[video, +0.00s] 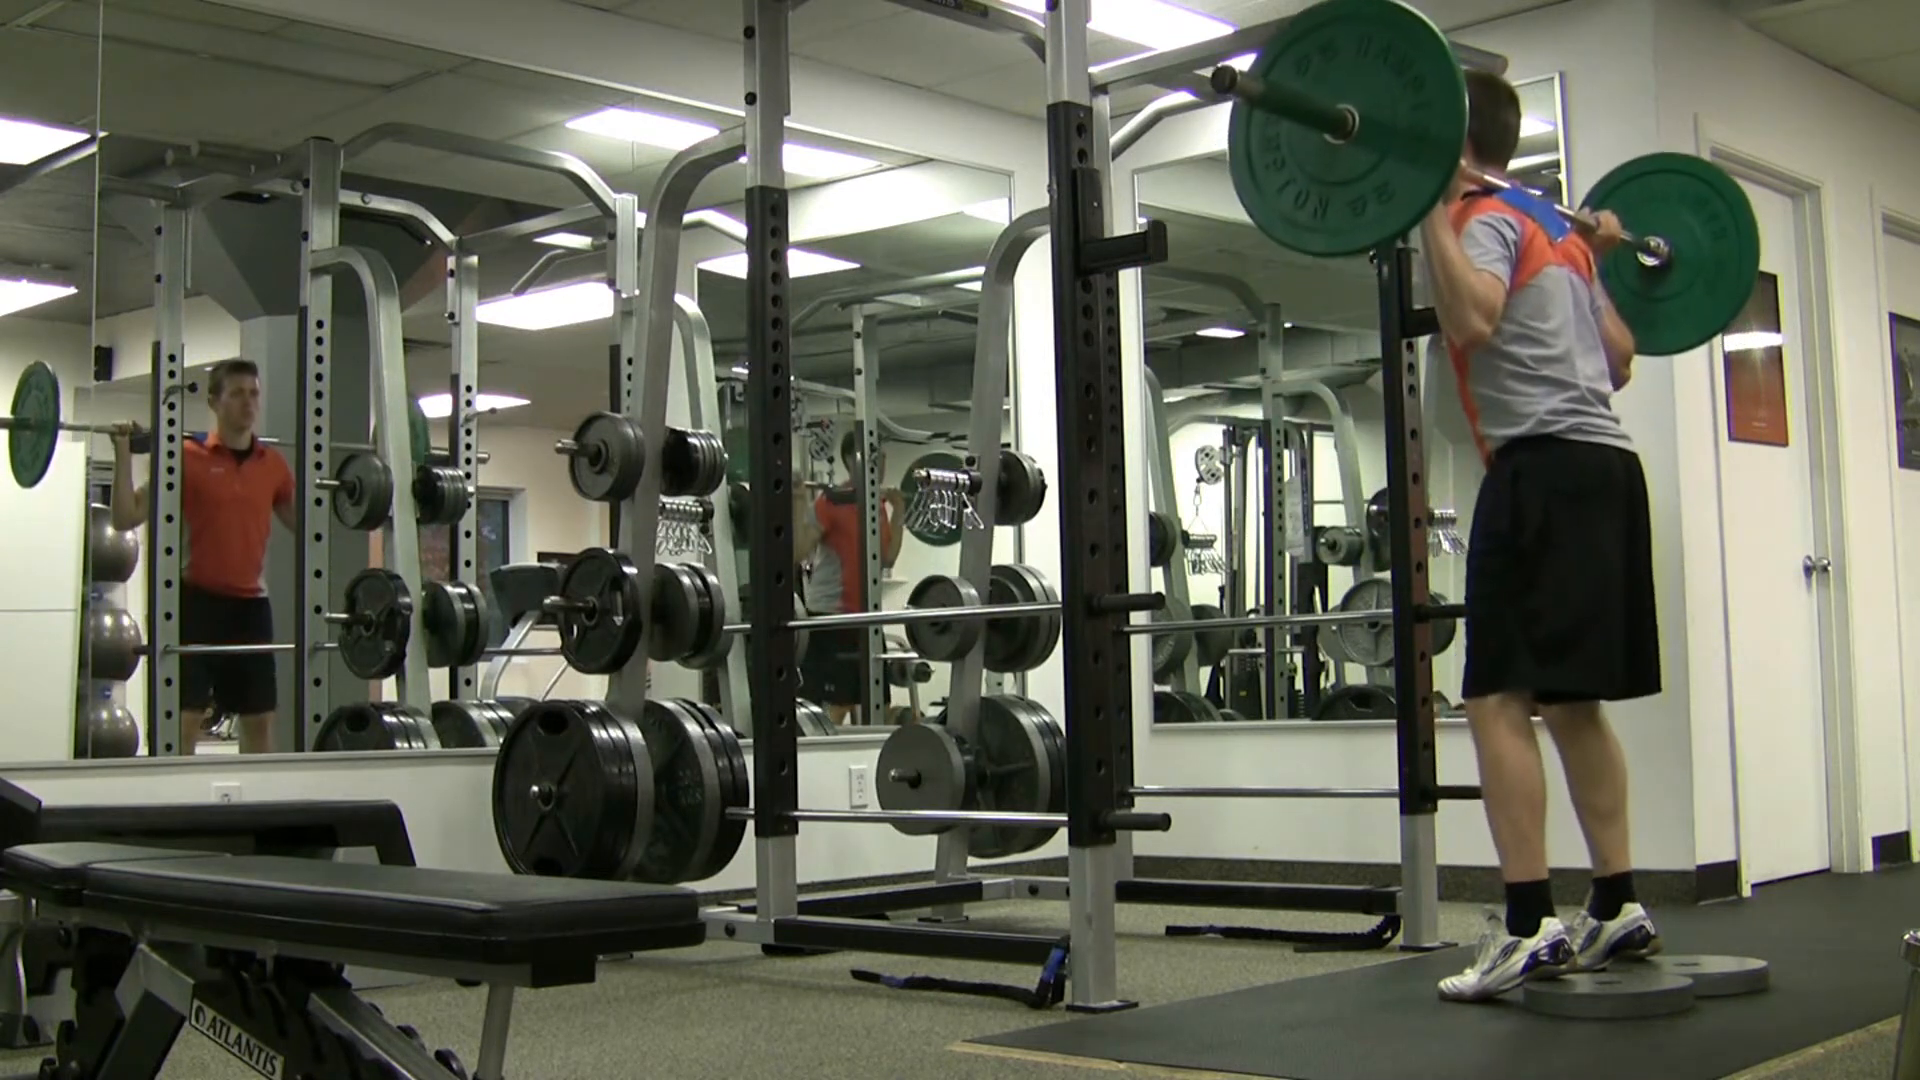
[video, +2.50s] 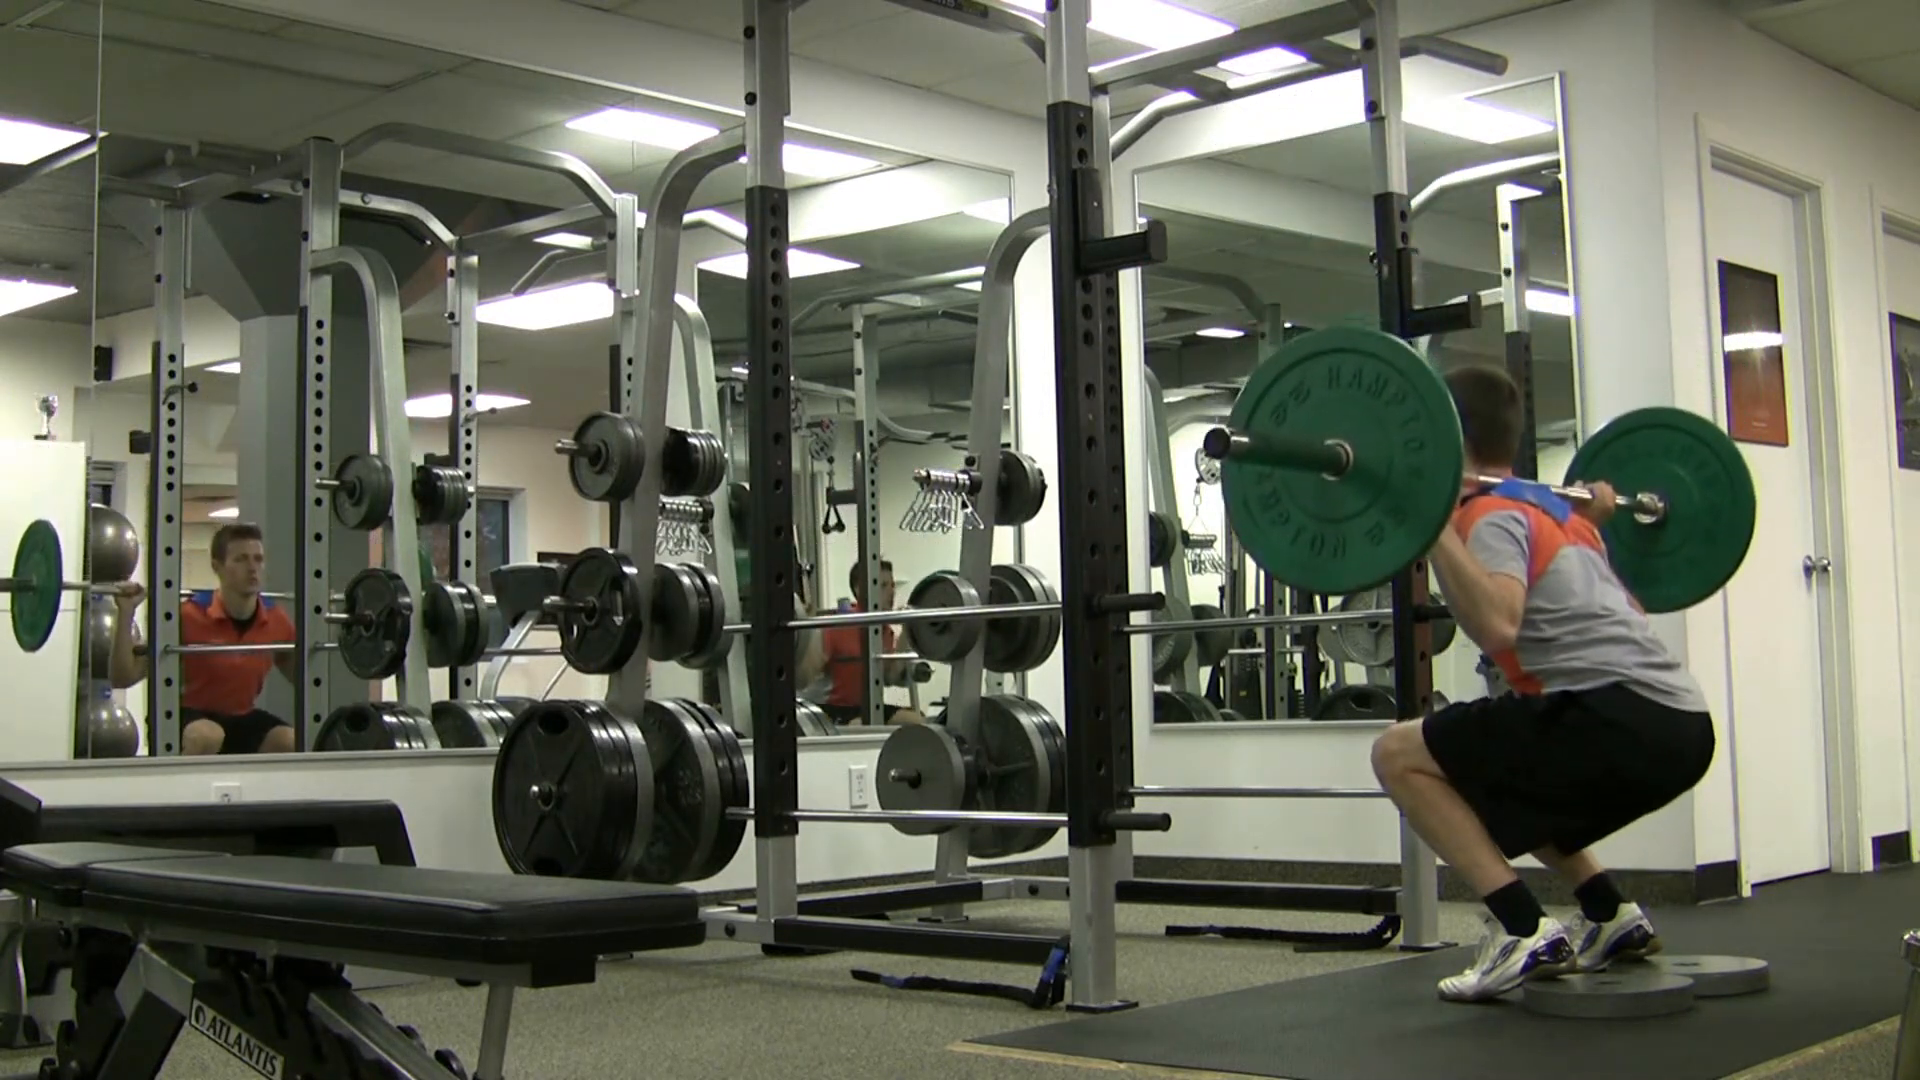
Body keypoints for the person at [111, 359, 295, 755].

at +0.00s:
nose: (249, 402)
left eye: (254, 394)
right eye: (238, 394)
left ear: (261, 401)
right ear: (214, 402)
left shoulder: (272, 462)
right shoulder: (187, 456)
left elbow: (308, 528)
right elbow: (126, 517)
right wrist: (123, 452)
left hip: (250, 605)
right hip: (195, 602)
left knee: (259, 722)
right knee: (187, 721)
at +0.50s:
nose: (249, 398)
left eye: (254, 390)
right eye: (238, 390)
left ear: (261, 397)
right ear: (214, 397)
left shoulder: (273, 458)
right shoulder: (188, 452)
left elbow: (309, 524)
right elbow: (127, 515)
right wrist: (123, 450)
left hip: (255, 601)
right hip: (200, 598)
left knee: (257, 718)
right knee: (186, 718)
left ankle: (259, 809)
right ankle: (174, 809)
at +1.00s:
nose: (246, 419)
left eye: (251, 411)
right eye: (236, 411)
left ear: (258, 418)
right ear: (212, 418)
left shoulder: (272, 480)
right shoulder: (185, 473)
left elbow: (308, 543)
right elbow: (124, 534)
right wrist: (121, 469)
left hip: (250, 618)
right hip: (195, 616)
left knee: (267, 731)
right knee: (190, 730)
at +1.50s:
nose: (247, 479)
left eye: (252, 470)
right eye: (236, 470)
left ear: (258, 476)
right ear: (213, 477)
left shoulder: (271, 535)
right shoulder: (184, 530)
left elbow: (306, 600)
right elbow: (122, 593)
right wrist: (121, 527)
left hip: (242, 657)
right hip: (190, 656)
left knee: (282, 733)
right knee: (200, 728)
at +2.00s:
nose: (249, 534)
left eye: (255, 525)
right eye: (238, 526)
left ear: (261, 529)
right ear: (214, 532)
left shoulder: (275, 589)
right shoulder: (185, 583)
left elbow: (306, 645)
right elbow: (126, 643)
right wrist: (123, 580)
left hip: (239, 695)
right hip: (186, 693)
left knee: (289, 739)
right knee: (206, 733)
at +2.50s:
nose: (253, 568)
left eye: (258, 559)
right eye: (241, 559)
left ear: (264, 564)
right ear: (217, 566)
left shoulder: (275, 620)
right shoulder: (188, 616)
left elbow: (303, 679)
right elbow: (123, 677)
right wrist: (126, 613)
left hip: (244, 718)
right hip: (191, 715)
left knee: (293, 742)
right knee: (207, 736)